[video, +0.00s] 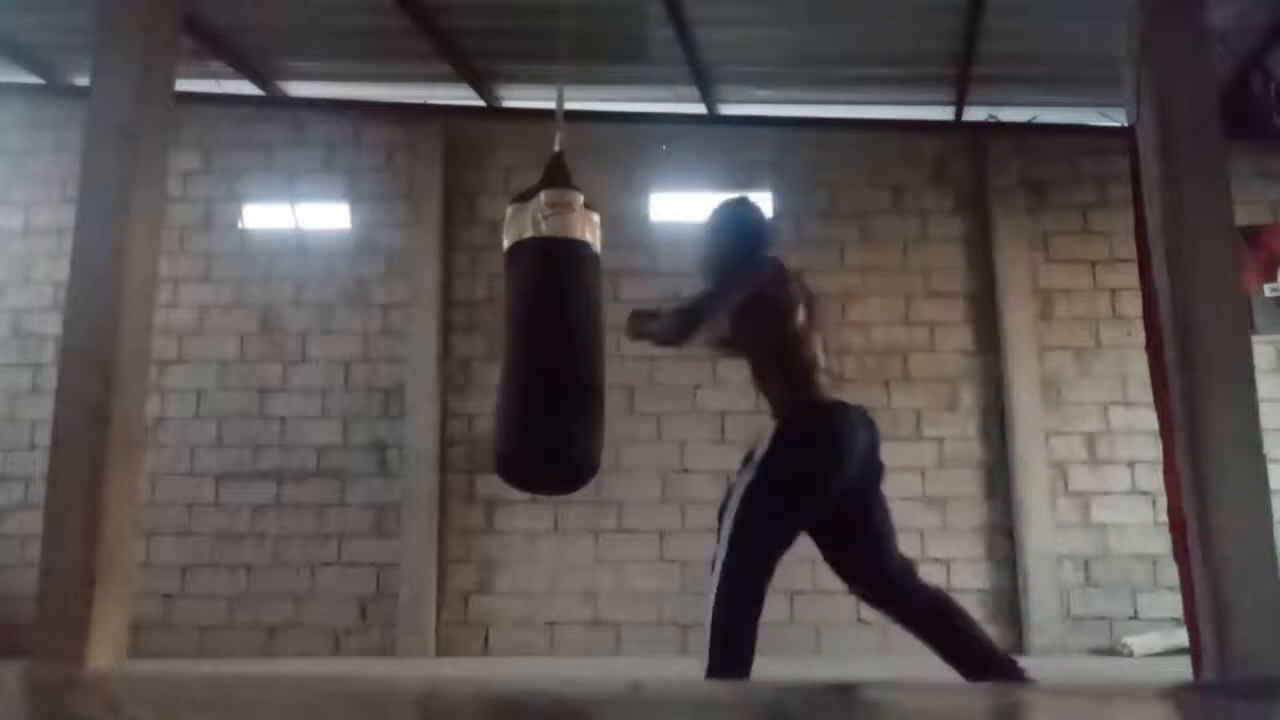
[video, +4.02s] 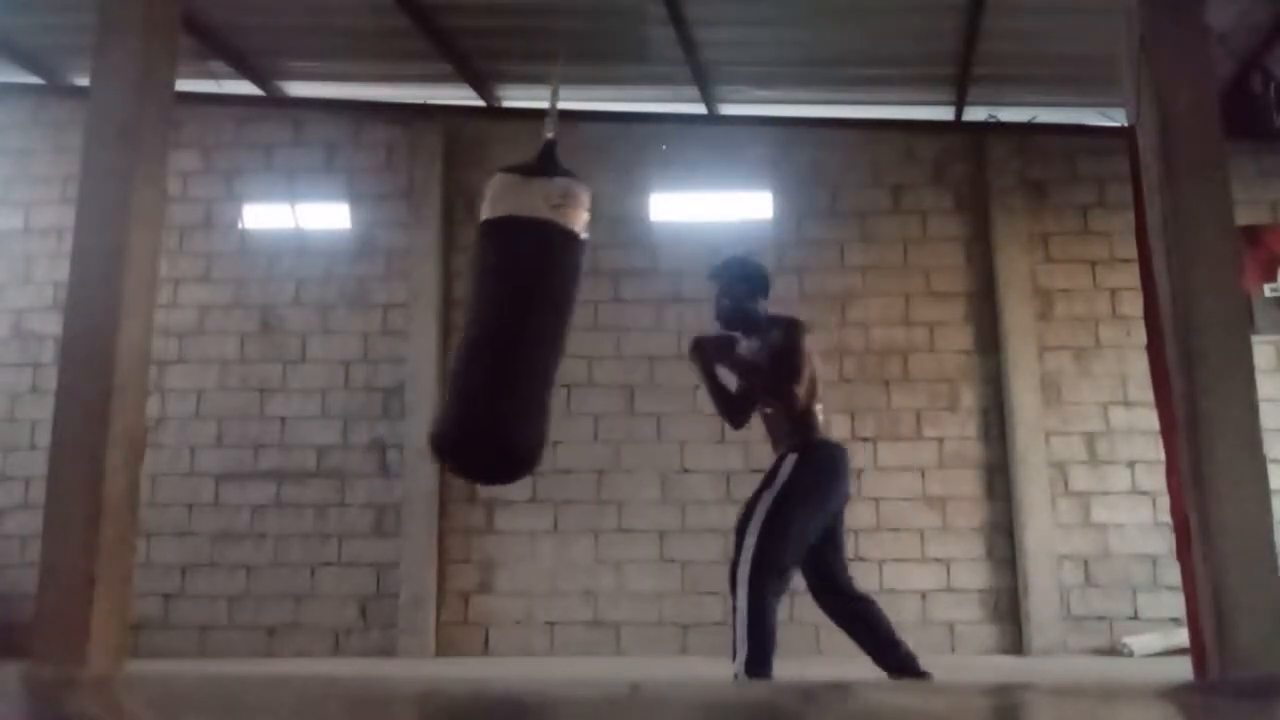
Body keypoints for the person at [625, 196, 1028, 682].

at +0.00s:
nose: (706, 248)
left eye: (712, 237)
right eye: (711, 238)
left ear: (728, 238)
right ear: (757, 234)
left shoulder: (754, 272)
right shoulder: (787, 281)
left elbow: (682, 326)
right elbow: (748, 340)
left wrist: (650, 326)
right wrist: (681, 332)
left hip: (805, 436)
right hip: (845, 430)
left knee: (741, 570)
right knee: (886, 580)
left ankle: (722, 701)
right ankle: (1006, 680)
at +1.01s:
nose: (604, 277)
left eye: (608, 267)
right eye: (605, 267)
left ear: (623, 264)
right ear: (652, 262)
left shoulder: (622, 300)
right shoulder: (694, 306)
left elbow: (544, 344)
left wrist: (487, 331)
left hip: (693, 448)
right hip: (738, 445)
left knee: (635, 569)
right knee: (744, 577)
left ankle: (614, 692)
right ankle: (844, 672)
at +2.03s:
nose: (701, 287)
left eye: (706, 275)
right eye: (700, 276)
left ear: (728, 274)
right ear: (747, 272)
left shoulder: (755, 315)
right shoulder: (787, 317)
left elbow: (754, 380)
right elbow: (798, 385)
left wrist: (707, 354)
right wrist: (726, 343)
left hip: (786, 456)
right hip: (825, 453)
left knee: (719, 573)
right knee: (833, 581)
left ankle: (766, 687)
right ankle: (911, 682)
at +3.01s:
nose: (806, 318)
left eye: (810, 308)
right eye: (803, 309)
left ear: (834, 308)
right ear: (825, 310)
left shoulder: (869, 340)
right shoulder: (845, 356)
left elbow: (882, 396)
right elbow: (829, 424)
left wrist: (823, 356)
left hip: (892, 472)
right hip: (907, 472)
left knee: (847, 579)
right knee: (884, 585)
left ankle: (918, 669)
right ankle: (933, 670)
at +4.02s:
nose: (716, 303)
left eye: (724, 293)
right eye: (716, 293)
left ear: (746, 296)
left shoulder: (787, 332)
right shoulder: (741, 348)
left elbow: (792, 397)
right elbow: (735, 416)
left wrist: (739, 359)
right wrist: (706, 366)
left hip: (809, 462)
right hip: (816, 464)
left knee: (752, 568)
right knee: (831, 585)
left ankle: (751, 686)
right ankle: (909, 675)